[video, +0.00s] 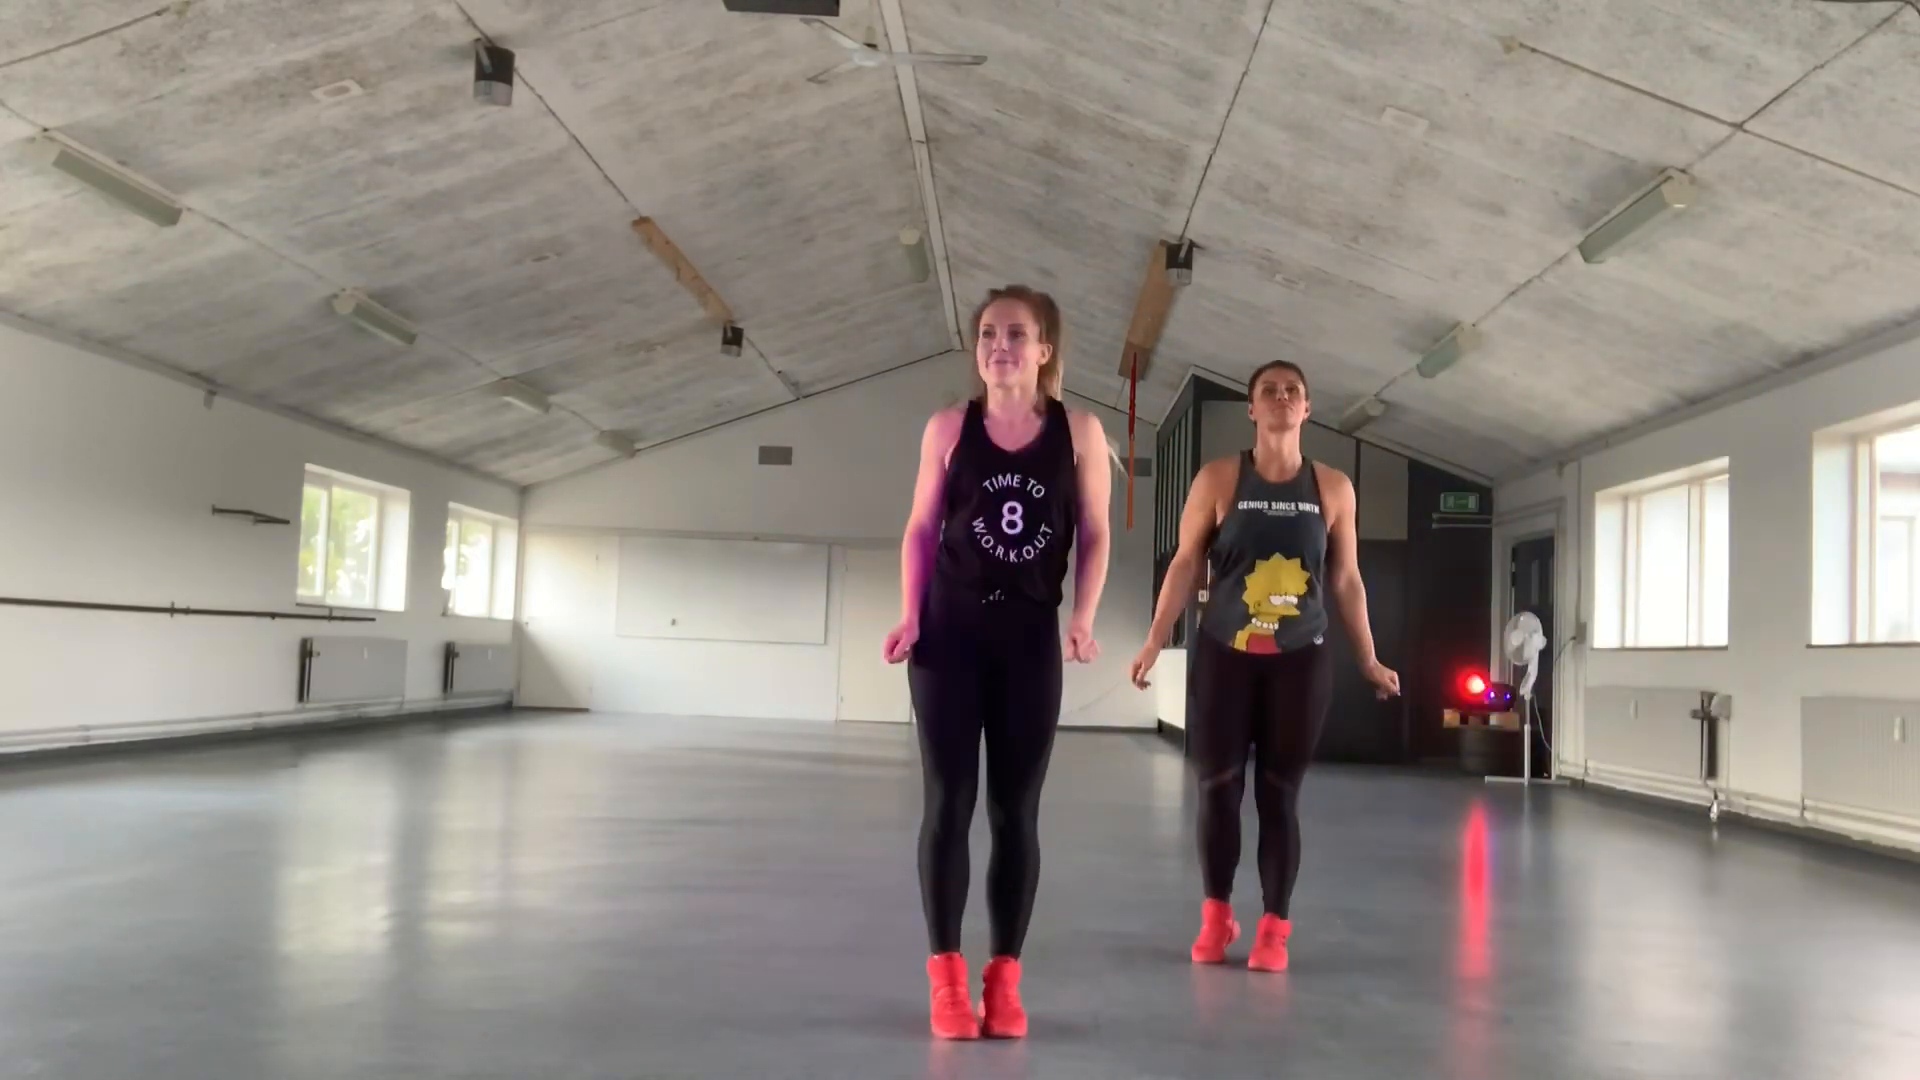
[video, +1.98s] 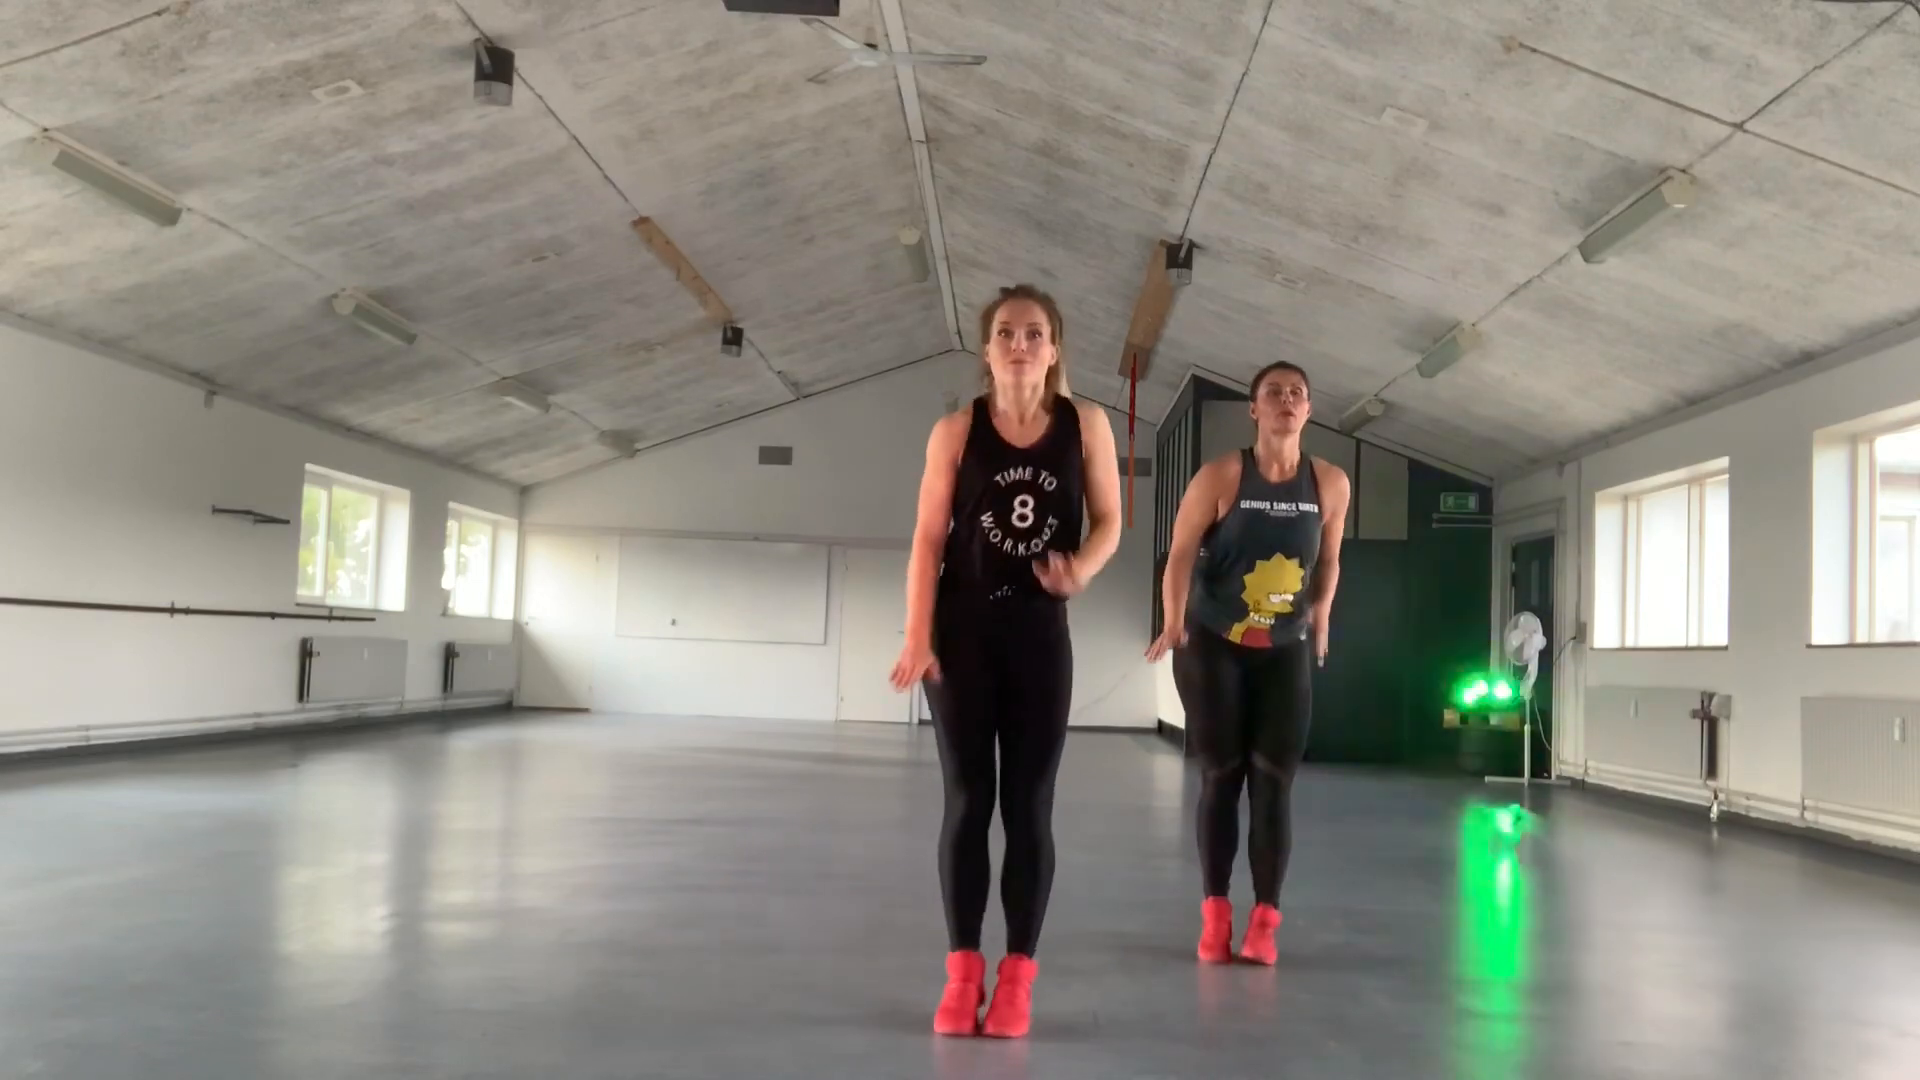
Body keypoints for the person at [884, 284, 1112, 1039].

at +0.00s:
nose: (999, 346)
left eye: (1017, 334)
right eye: (989, 333)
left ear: (1046, 349)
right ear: (974, 346)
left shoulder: (1080, 433)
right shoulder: (947, 428)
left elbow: (1094, 535)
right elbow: (922, 528)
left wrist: (1082, 613)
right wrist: (911, 612)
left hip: (1028, 641)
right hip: (947, 637)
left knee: (1016, 810)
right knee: (949, 802)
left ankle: (1005, 975)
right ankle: (946, 970)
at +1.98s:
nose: (1019, 344)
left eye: (1033, 333)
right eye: (1007, 333)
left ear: (1054, 348)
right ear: (986, 347)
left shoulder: (1087, 426)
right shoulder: (954, 432)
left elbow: (1108, 522)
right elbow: (928, 539)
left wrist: (1080, 568)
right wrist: (917, 636)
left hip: (1037, 635)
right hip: (960, 633)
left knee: (1027, 805)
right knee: (968, 801)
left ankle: (1018, 971)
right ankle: (962, 966)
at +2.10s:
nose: (1011, 358)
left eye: (1026, 347)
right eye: (999, 346)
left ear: (1050, 360)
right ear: (980, 358)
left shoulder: (1076, 440)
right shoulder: (943, 434)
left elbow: (1087, 541)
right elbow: (910, 535)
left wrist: (1072, 605)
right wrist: (908, 623)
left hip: (1036, 641)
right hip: (957, 639)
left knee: (1024, 815)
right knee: (958, 807)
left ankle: (1015, 970)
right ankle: (960, 961)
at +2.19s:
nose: (1006, 381)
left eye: (1021, 371)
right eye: (993, 368)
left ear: (1043, 385)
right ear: (973, 379)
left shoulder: (1061, 478)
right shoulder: (937, 441)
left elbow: (1076, 581)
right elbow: (900, 517)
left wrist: (1077, 673)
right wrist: (908, 582)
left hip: (1038, 656)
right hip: (958, 650)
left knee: (1028, 823)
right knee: (953, 799)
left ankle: (1016, 970)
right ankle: (956, 913)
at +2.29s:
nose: (991, 400)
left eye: (1006, 389)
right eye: (979, 387)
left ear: (1027, 401)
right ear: (959, 396)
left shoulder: (1041, 491)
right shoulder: (927, 448)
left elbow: (1061, 597)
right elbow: (888, 507)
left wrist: (1069, 695)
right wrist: (896, 562)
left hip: (1032, 662)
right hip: (952, 652)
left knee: (1028, 832)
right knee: (943, 747)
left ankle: (1015, 975)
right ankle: (942, 872)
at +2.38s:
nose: (971, 364)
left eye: (986, 352)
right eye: (958, 351)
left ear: (1010, 362)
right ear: (939, 359)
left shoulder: (1037, 441)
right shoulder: (910, 425)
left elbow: (1055, 548)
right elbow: (880, 515)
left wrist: (1038, 623)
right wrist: (874, 597)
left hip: (1005, 641)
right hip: (927, 638)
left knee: (1007, 808)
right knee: (914, 792)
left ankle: (1012, 970)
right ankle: (917, 934)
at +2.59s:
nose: (927, 374)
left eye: (943, 360)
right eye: (916, 359)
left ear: (971, 368)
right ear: (899, 365)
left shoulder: (998, 438)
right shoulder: (873, 444)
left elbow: (1013, 541)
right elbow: (845, 543)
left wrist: (988, 626)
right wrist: (826, 633)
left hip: (966, 638)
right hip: (889, 634)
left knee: (945, 805)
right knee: (882, 796)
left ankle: (934, 955)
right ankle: (881, 956)